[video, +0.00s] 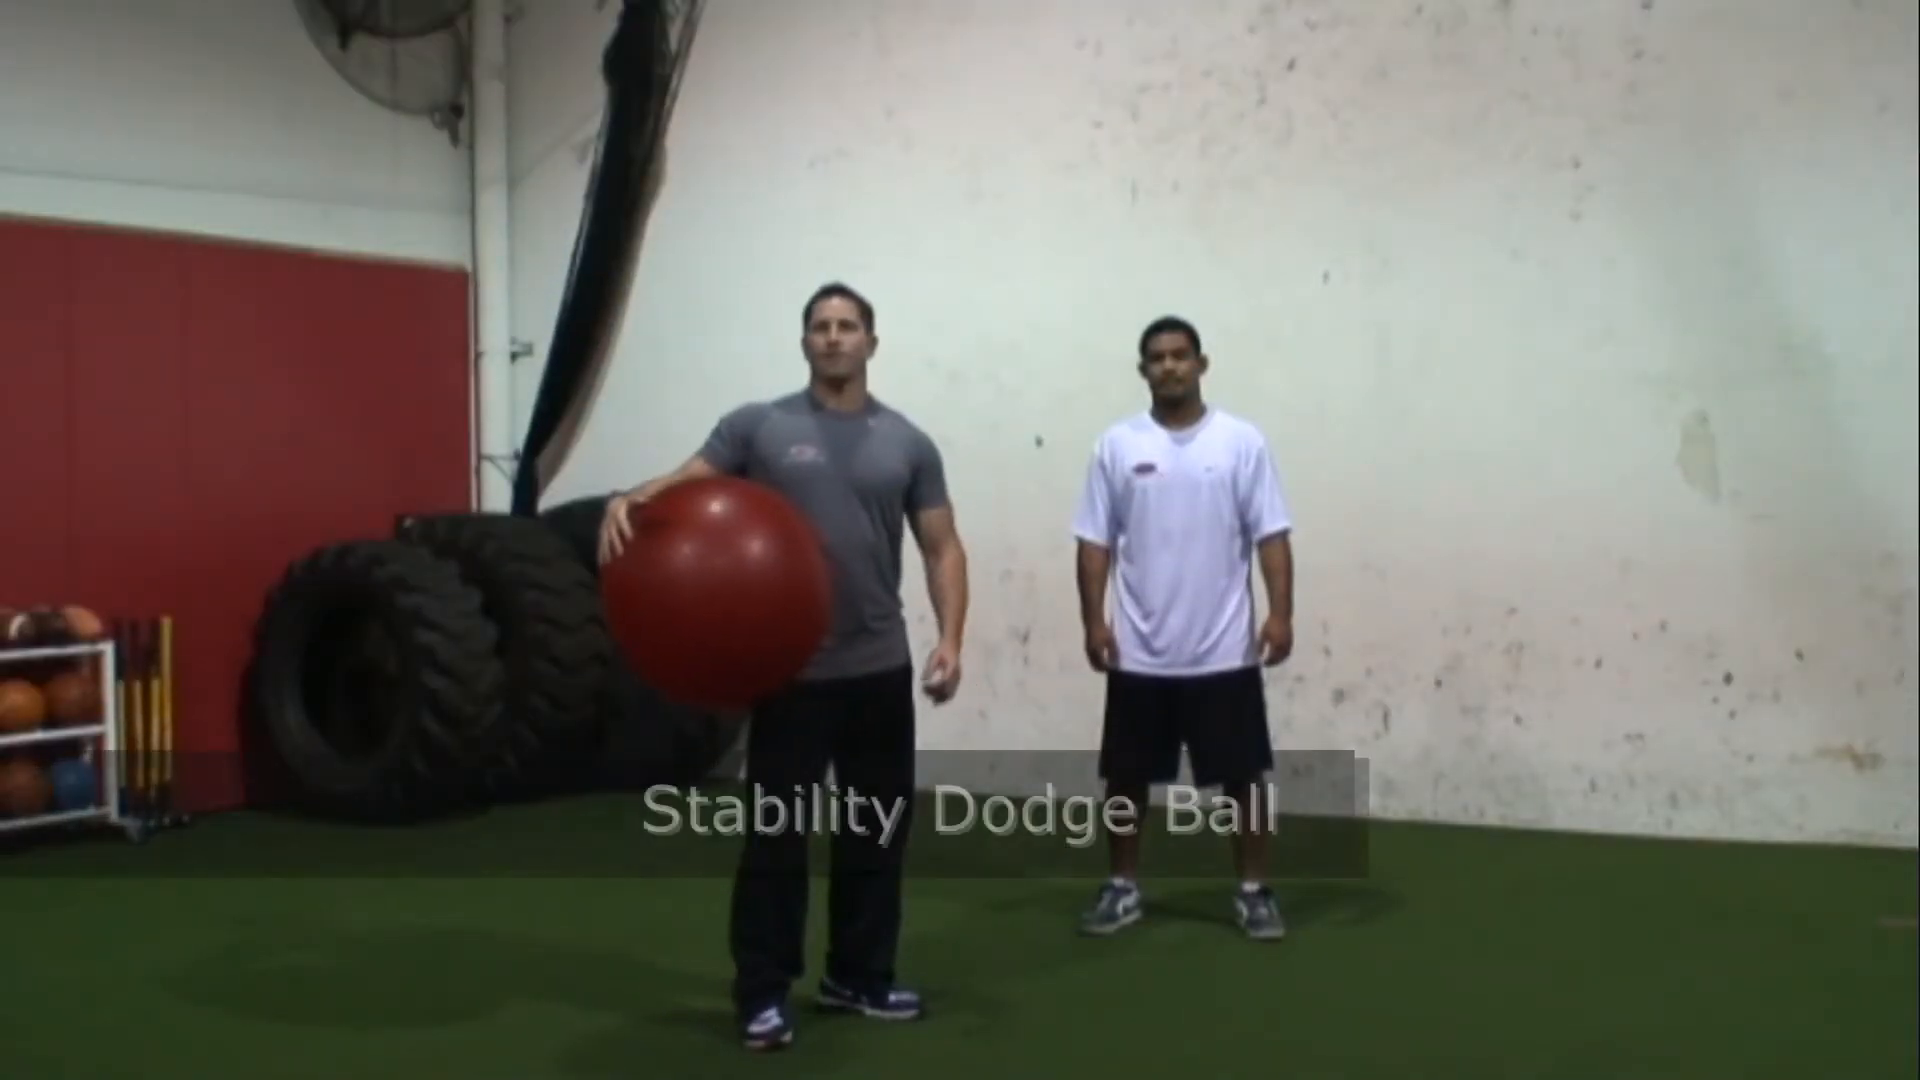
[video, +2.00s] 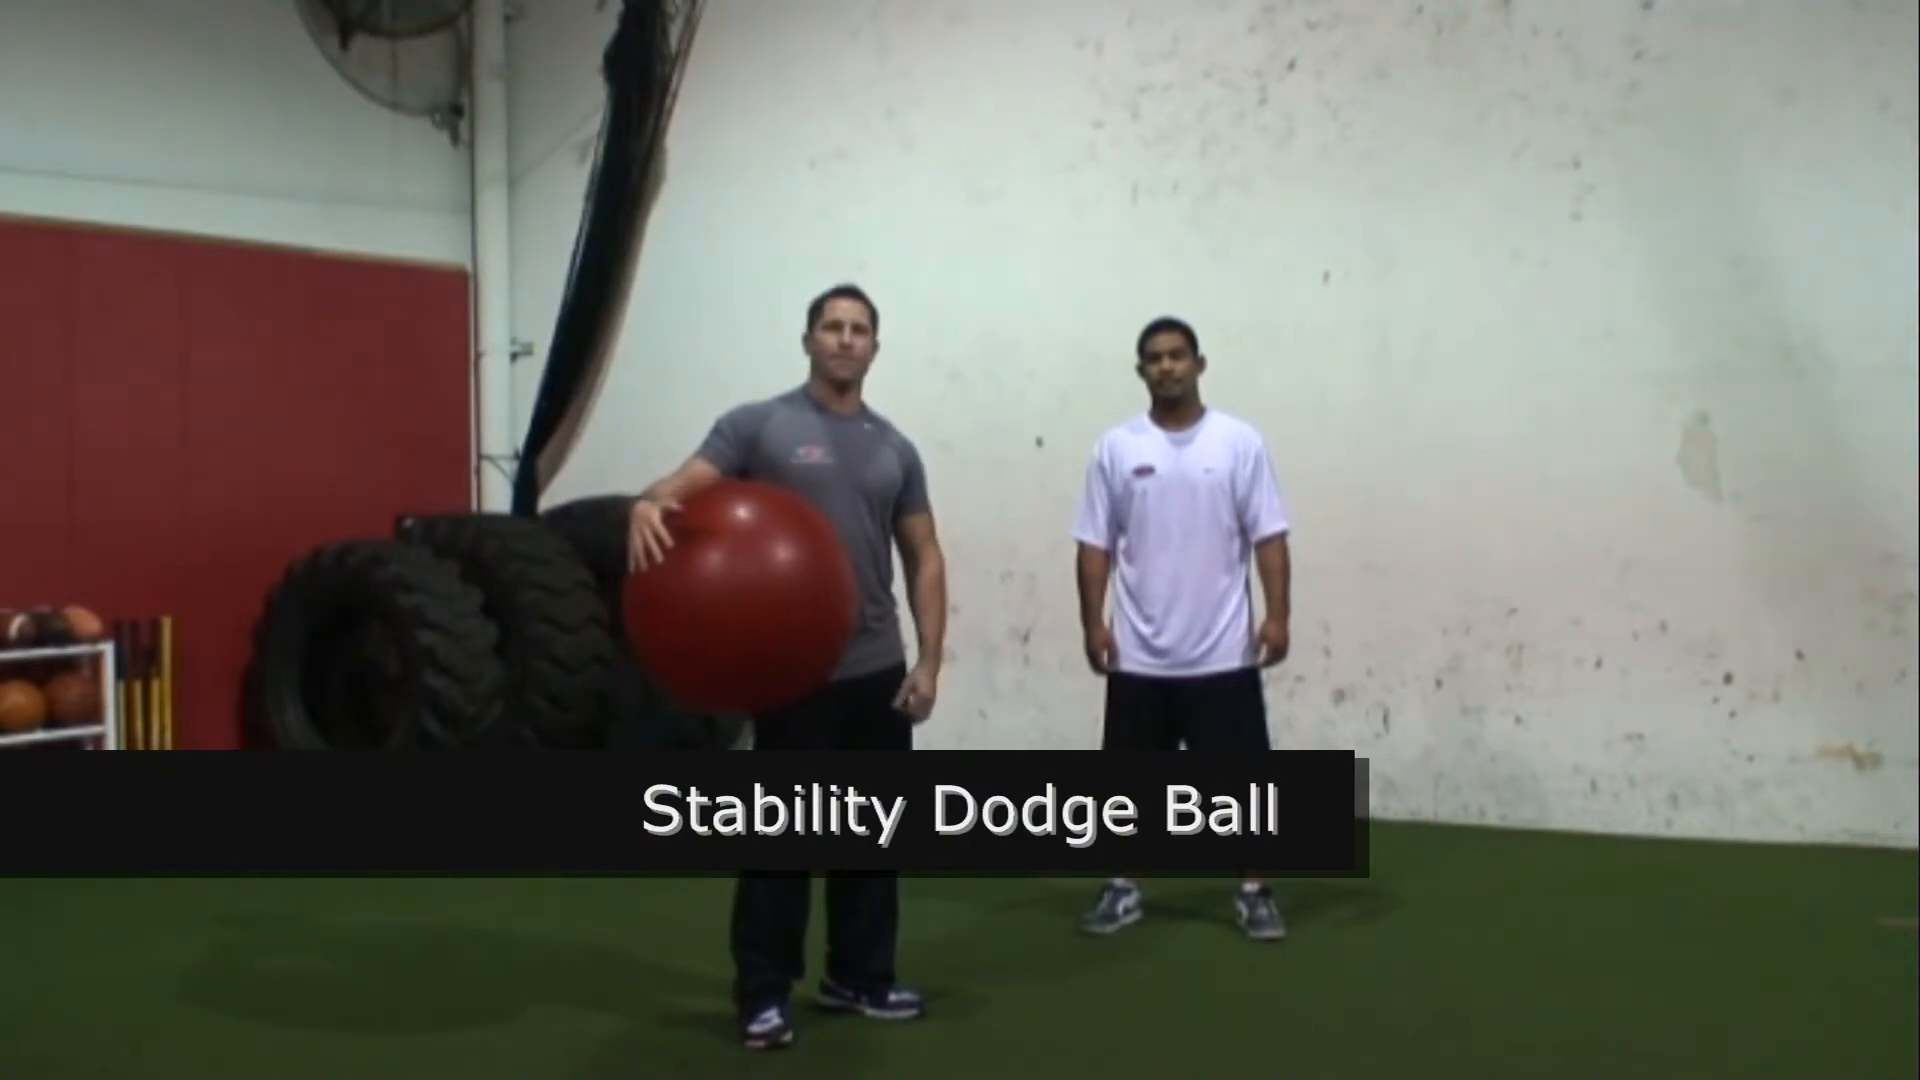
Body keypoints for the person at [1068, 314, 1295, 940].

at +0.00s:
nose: (1169, 366)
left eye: (1179, 356)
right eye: (1157, 358)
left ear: (1201, 364)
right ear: (1143, 371)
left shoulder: (1242, 442)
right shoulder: (1118, 446)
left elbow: (1271, 533)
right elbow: (1094, 539)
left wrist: (1281, 612)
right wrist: (1094, 620)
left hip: (1223, 645)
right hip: (1141, 646)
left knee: (1245, 780)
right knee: (1124, 779)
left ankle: (1253, 888)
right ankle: (1123, 884)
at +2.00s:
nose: (1166, 366)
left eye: (1177, 356)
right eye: (1155, 358)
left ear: (1199, 364)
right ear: (1141, 371)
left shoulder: (1240, 442)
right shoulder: (1117, 448)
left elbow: (1269, 534)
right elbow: (1094, 541)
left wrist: (1277, 613)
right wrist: (1093, 622)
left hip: (1222, 648)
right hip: (1140, 649)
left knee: (1242, 778)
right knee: (1124, 778)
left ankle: (1253, 887)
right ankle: (1123, 884)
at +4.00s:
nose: (1163, 367)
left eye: (1174, 357)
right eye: (1152, 359)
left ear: (1198, 365)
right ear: (1139, 372)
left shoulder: (1239, 443)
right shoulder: (1116, 449)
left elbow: (1269, 535)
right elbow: (1093, 540)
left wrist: (1275, 616)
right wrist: (1091, 621)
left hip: (1221, 645)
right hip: (1139, 646)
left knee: (1242, 776)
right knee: (1123, 777)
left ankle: (1254, 889)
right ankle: (1122, 883)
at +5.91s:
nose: (1156, 367)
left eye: (1169, 357)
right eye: (1148, 359)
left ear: (1197, 364)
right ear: (1137, 370)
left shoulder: (1239, 442)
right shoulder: (1115, 448)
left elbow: (1270, 533)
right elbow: (1092, 539)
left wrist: (1278, 612)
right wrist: (1089, 619)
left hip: (1221, 644)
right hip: (1138, 645)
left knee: (1242, 776)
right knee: (1123, 777)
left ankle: (1253, 888)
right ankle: (1122, 884)